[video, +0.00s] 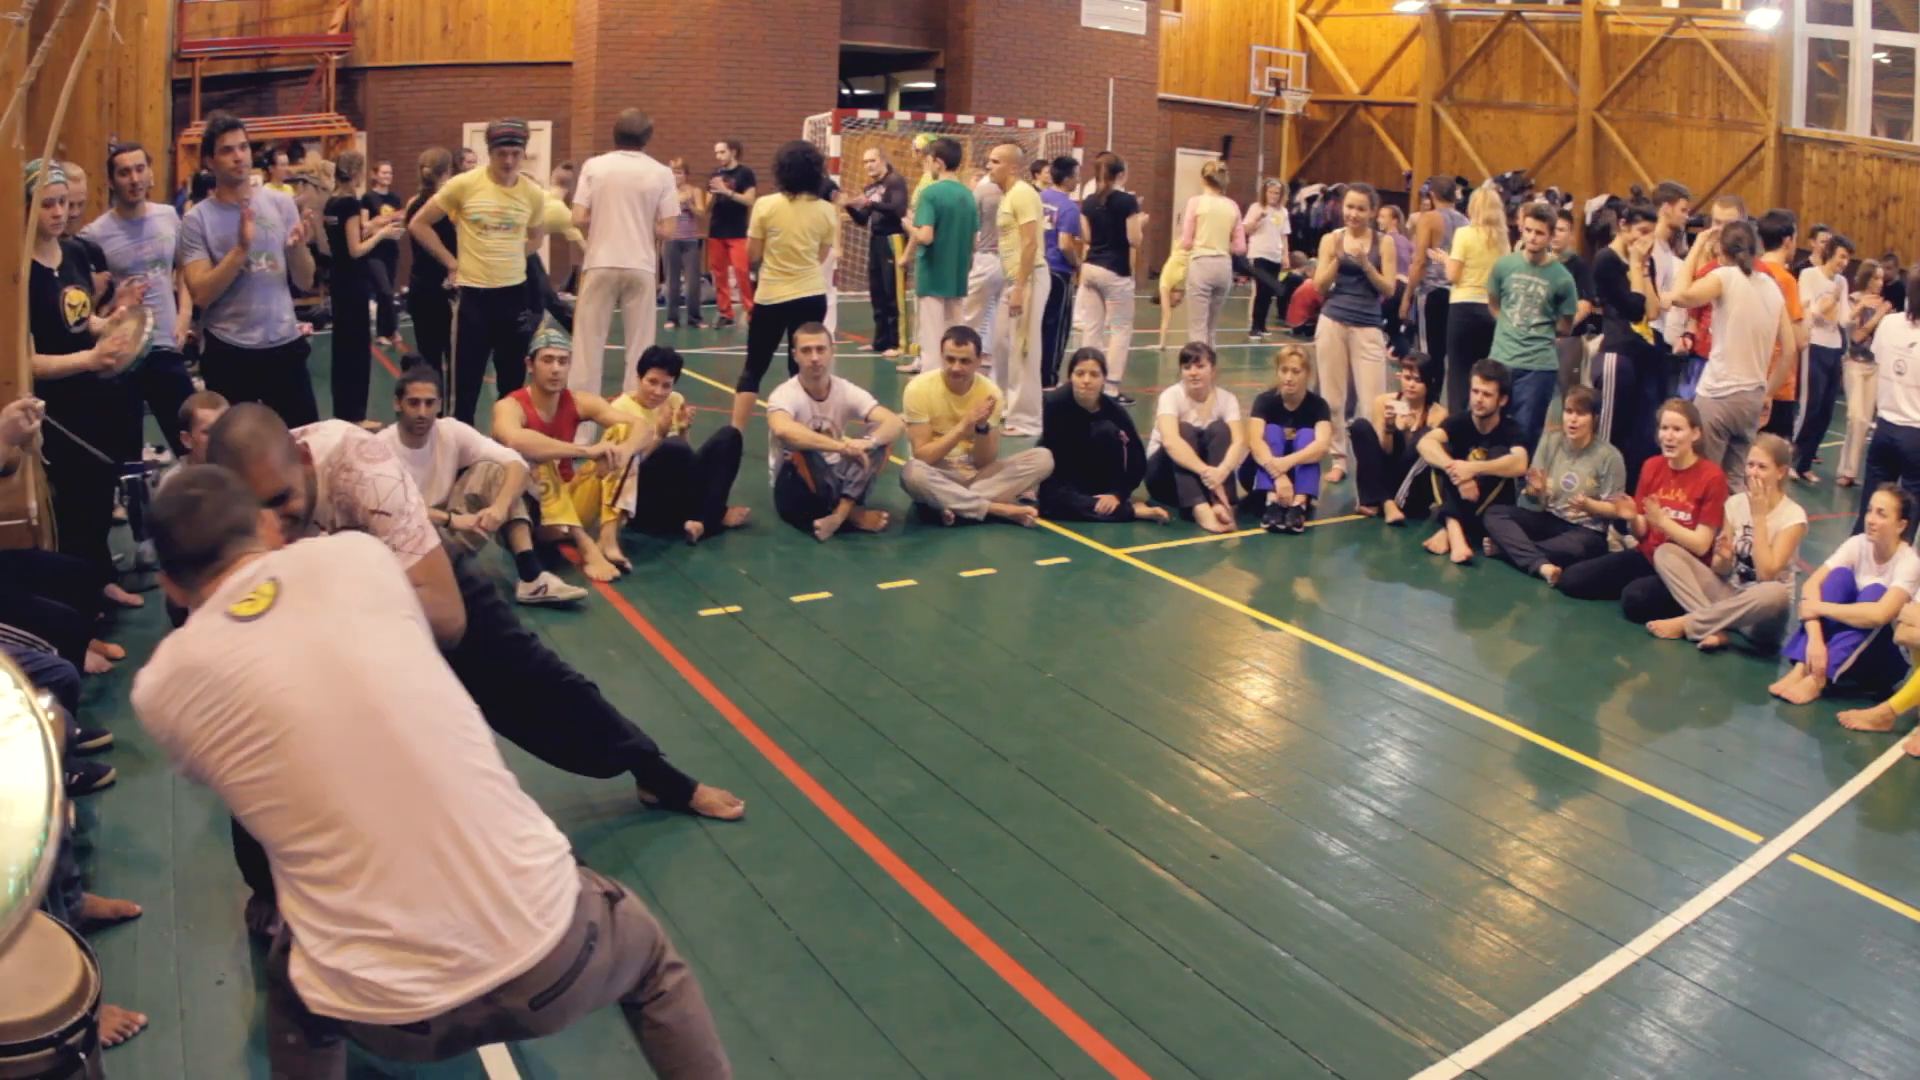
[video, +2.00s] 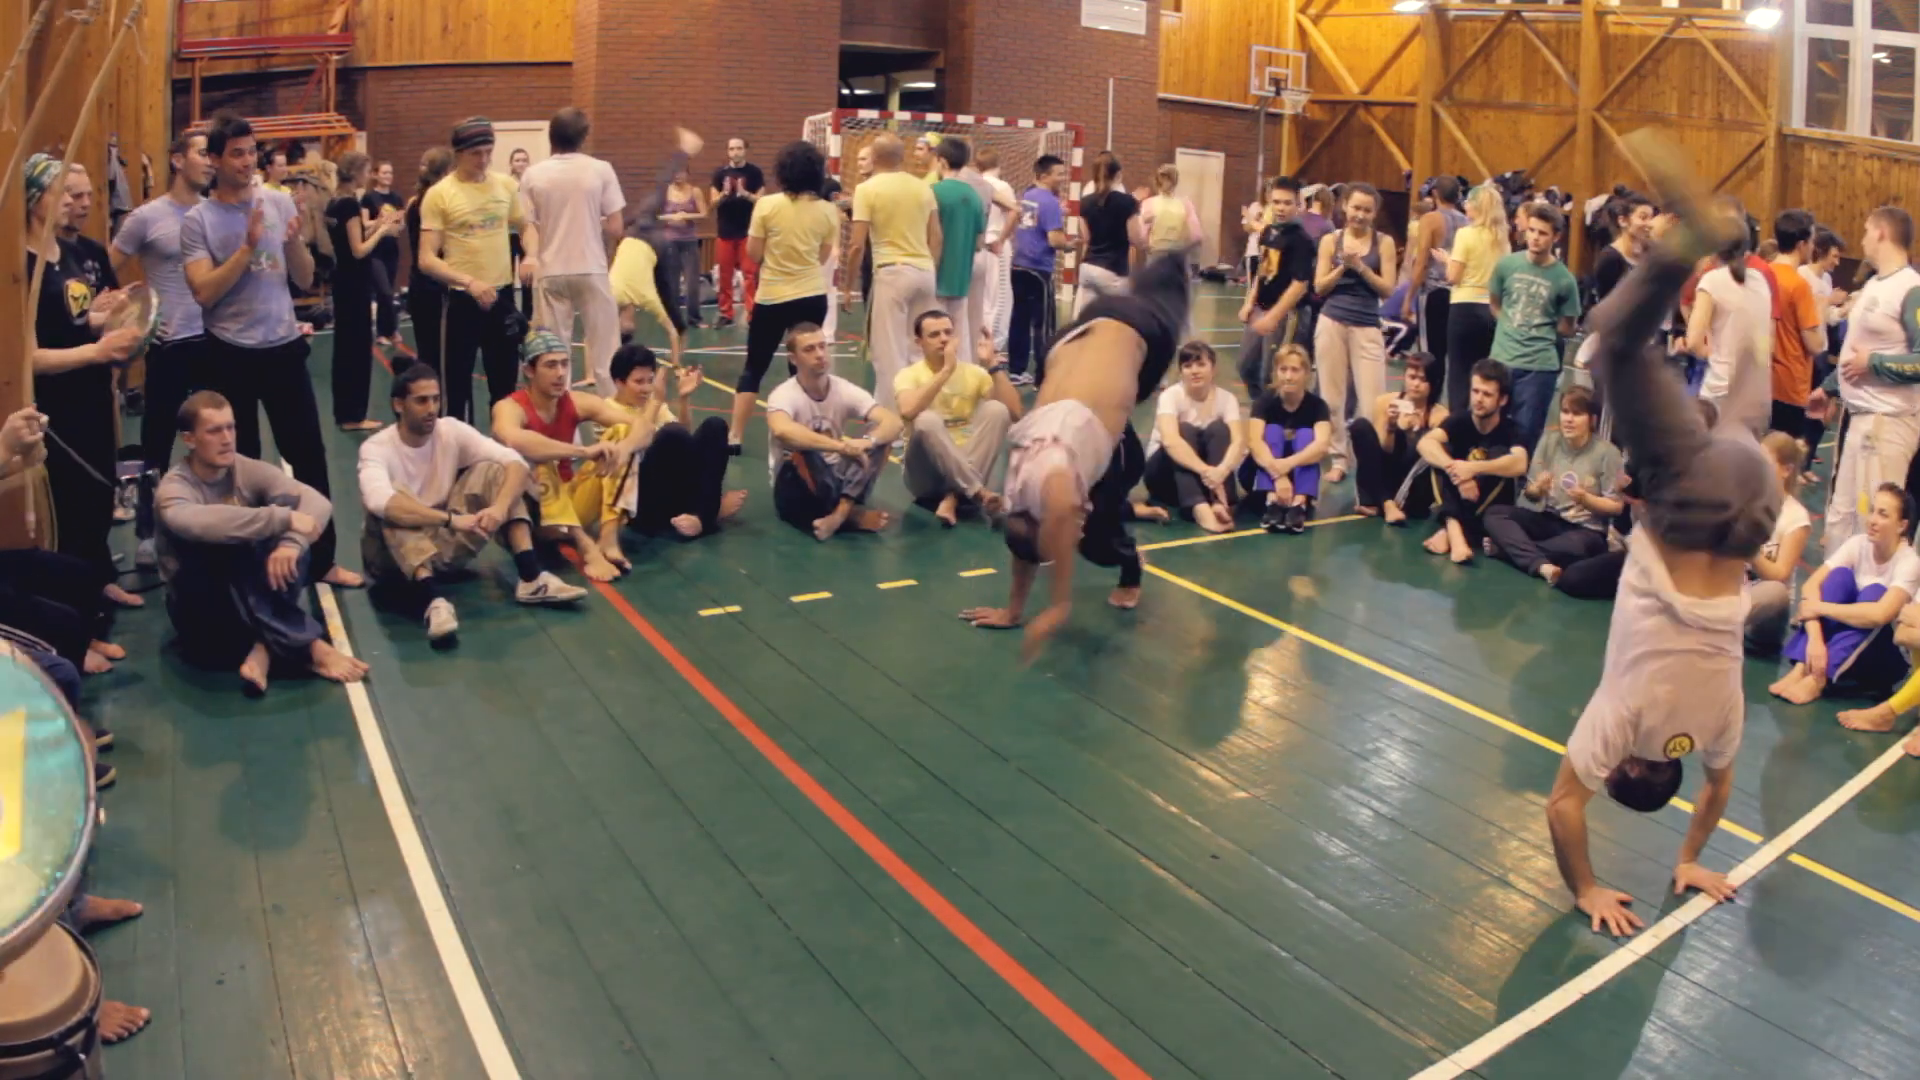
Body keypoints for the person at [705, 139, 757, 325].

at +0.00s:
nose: (719, 156)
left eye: (722, 152)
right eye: (717, 153)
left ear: (734, 152)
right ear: (715, 155)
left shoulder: (745, 173)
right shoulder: (716, 174)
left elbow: (750, 199)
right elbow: (708, 206)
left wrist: (725, 191)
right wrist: (714, 192)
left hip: (737, 233)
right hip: (716, 232)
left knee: (741, 271)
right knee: (719, 274)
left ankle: (749, 309)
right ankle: (725, 312)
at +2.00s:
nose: (735, 152)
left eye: (739, 148)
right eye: (732, 149)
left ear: (746, 151)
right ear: (727, 152)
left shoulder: (754, 172)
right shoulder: (720, 174)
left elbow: (761, 200)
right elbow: (713, 202)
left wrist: (745, 193)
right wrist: (724, 193)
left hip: (748, 232)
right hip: (725, 233)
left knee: (750, 273)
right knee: (724, 276)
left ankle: (752, 312)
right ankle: (725, 312)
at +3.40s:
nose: (749, 157)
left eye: (752, 153)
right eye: (745, 153)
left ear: (760, 153)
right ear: (742, 155)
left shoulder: (769, 174)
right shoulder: (736, 175)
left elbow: (777, 198)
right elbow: (723, 194)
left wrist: (764, 215)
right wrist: (734, 210)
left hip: (764, 229)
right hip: (742, 231)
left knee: (763, 272)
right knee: (743, 275)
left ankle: (762, 312)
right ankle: (746, 314)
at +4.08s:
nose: (748, 161)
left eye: (751, 157)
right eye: (744, 158)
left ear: (760, 154)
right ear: (741, 157)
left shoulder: (770, 175)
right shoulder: (735, 177)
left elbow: (778, 200)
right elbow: (726, 197)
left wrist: (774, 221)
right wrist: (729, 221)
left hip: (765, 229)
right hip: (742, 230)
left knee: (765, 272)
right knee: (742, 276)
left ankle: (765, 310)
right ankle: (746, 313)